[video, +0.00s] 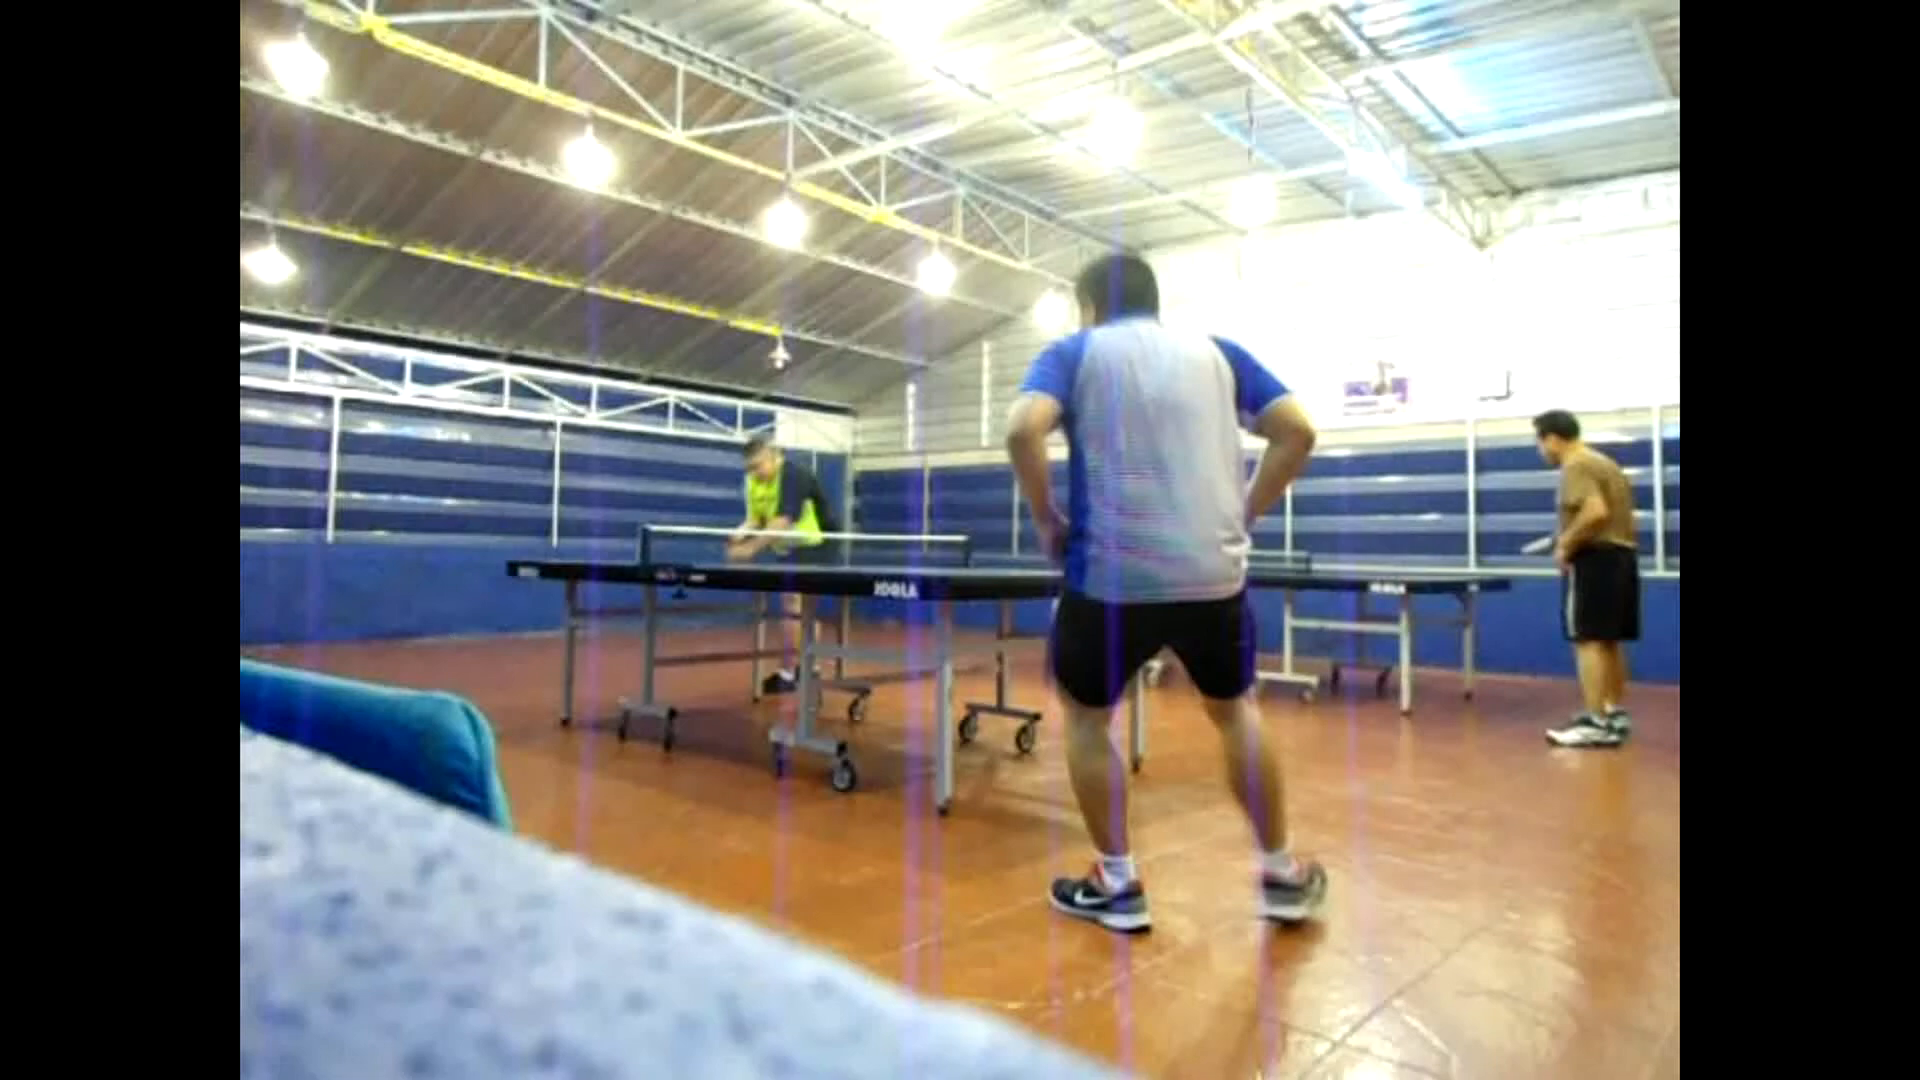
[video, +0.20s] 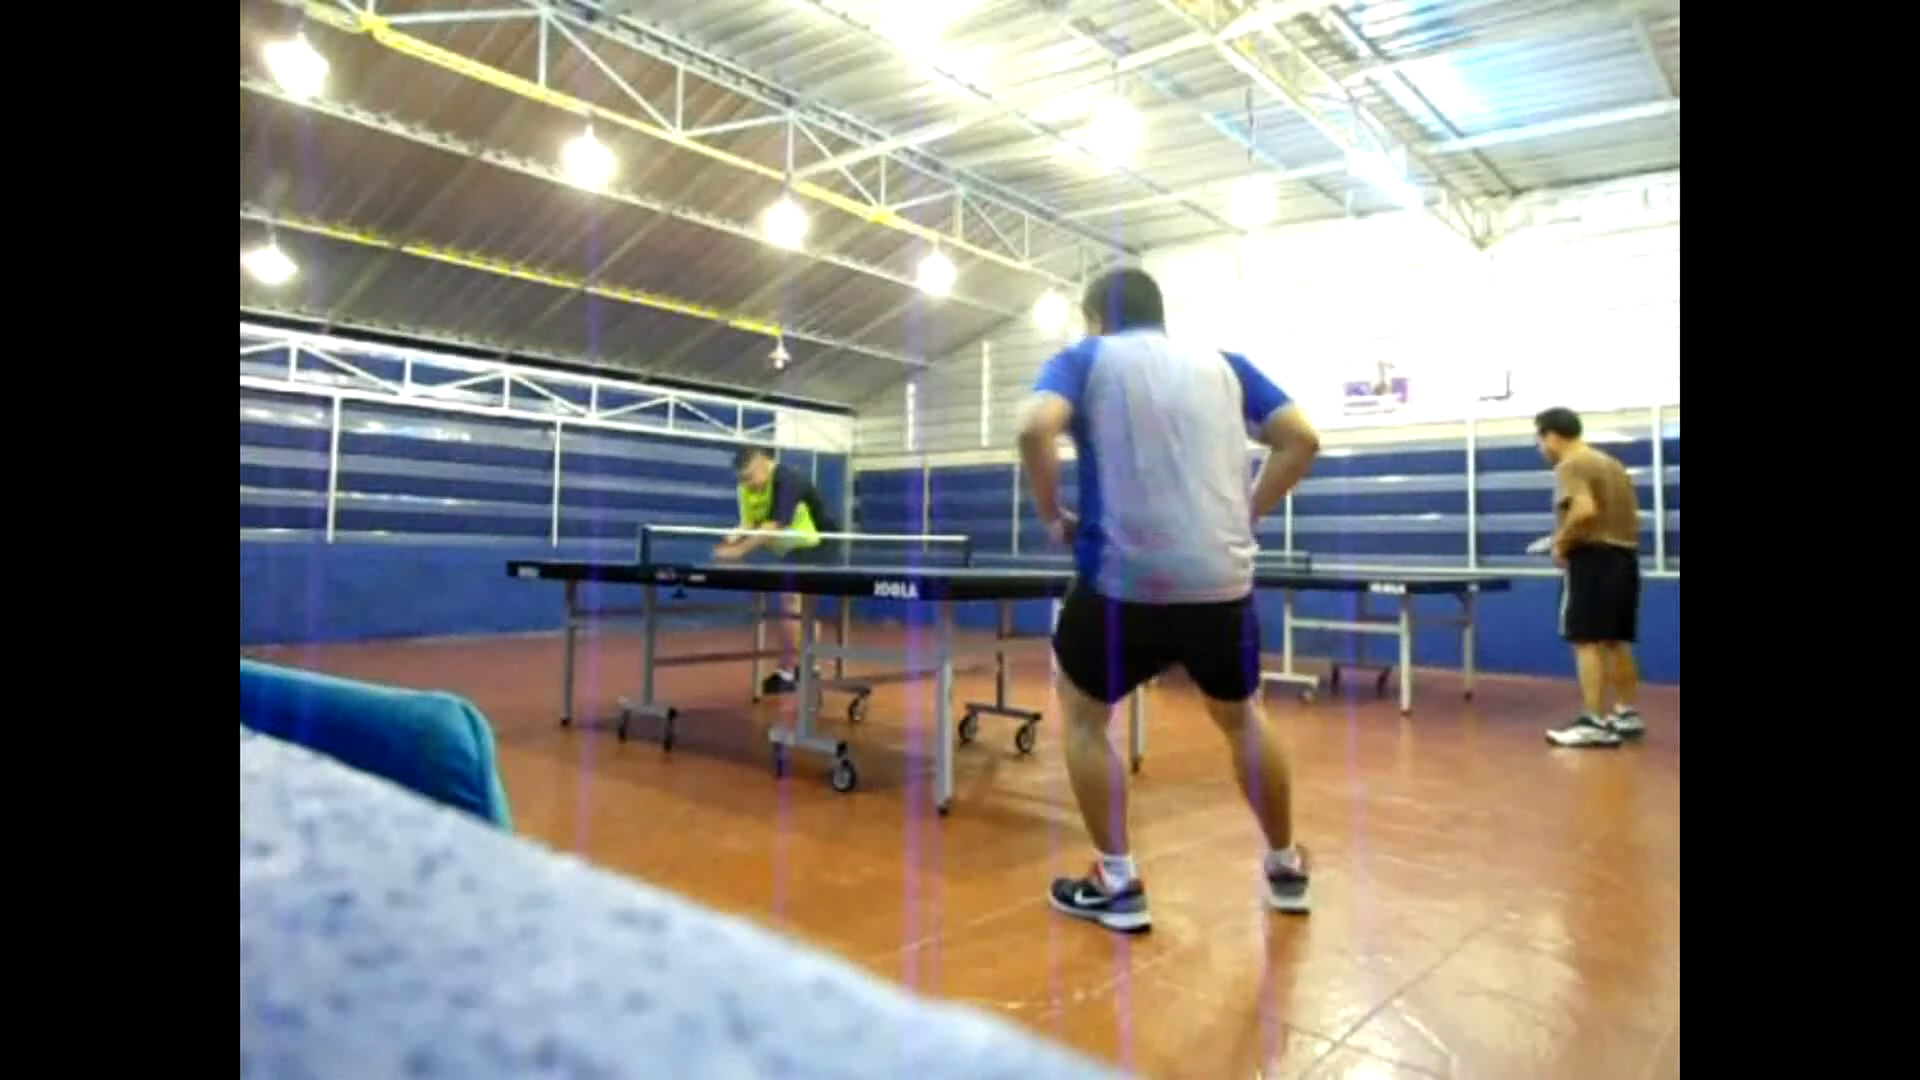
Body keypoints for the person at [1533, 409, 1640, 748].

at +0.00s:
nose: (1541, 449)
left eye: (1542, 441)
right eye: (1540, 442)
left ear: (1555, 439)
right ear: (1571, 435)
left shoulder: (1575, 466)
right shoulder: (1606, 464)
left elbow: (1595, 510)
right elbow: (1627, 517)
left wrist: (1565, 542)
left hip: (1595, 552)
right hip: (1621, 552)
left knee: (1588, 639)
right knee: (1608, 640)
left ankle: (1595, 717)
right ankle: (1614, 711)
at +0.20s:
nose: (1541, 447)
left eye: (1542, 439)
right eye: (1540, 440)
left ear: (1555, 436)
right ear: (1575, 433)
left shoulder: (1571, 464)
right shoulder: (1612, 464)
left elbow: (1585, 508)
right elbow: (1631, 515)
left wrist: (1559, 540)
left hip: (1592, 552)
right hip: (1623, 553)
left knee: (1585, 640)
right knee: (1615, 640)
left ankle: (1593, 718)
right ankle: (1626, 713)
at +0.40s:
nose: (1547, 444)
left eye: (1549, 436)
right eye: (1547, 436)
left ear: (1560, 436)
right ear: (1585, 434)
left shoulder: (1570, 468)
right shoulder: (1623, 468)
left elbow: (1571, 514)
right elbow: (1642, 518)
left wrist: (1555, 541)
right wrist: (1618, 538)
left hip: (1588, 556)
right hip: (1627, 557)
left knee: (1573, 640)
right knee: (1631, 638)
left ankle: (1594, 720)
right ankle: (1661, 714)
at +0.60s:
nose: (1561, 447)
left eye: (1563, 439)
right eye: (1561, 439)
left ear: (1574, 438)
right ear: (1597, 435)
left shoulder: (1583, 469)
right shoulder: (1635, 470)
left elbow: (1584, 516)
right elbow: (1652, 522)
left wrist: (1570, 546)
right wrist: (1633, 544)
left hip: (1603, 558)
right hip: (1641, 559)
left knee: (1573, 638)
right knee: (1650, 640)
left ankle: (1594, 719)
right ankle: (1670, 718)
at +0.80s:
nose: (1570, 446)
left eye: (1572, 439)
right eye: (1570, 439)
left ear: (1584, 438)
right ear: (1605, 435)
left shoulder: (1593, 467)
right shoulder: (1641, 468)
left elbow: (1601, 512)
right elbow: (1659, 516)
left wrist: (1583, 546)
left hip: (1615, 555)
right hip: (1653, 555)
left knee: (1591, 638)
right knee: (1657, 642)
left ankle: (1598, 722)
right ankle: (1670, 719)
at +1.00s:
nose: (1570, 446)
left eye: (1572, 438)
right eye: (1570, 439)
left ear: (1584, 437)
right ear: (1606, 435)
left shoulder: (1591, 465)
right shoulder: (1642, 469)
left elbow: (1594, 511)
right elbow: (1660, 521)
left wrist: (1579, 543)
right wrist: (1644, 544)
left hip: (1611, 553)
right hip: (1649, 555)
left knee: (1601, 640)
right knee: (1656, 644)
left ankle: (1599, 723)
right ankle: (1670, 718)